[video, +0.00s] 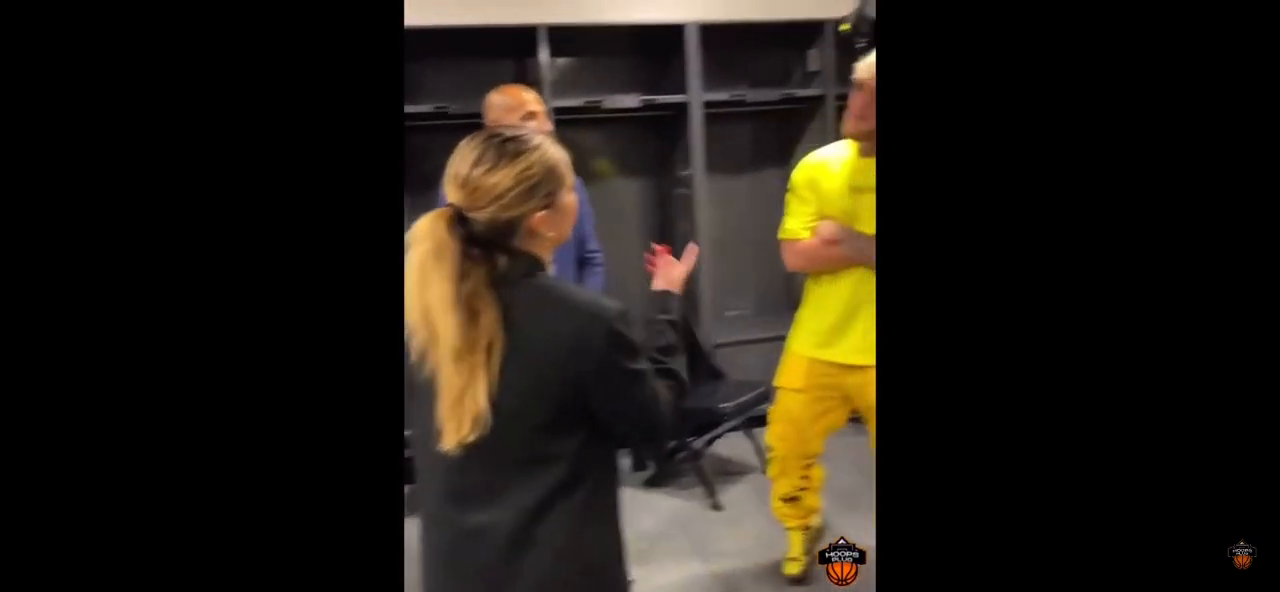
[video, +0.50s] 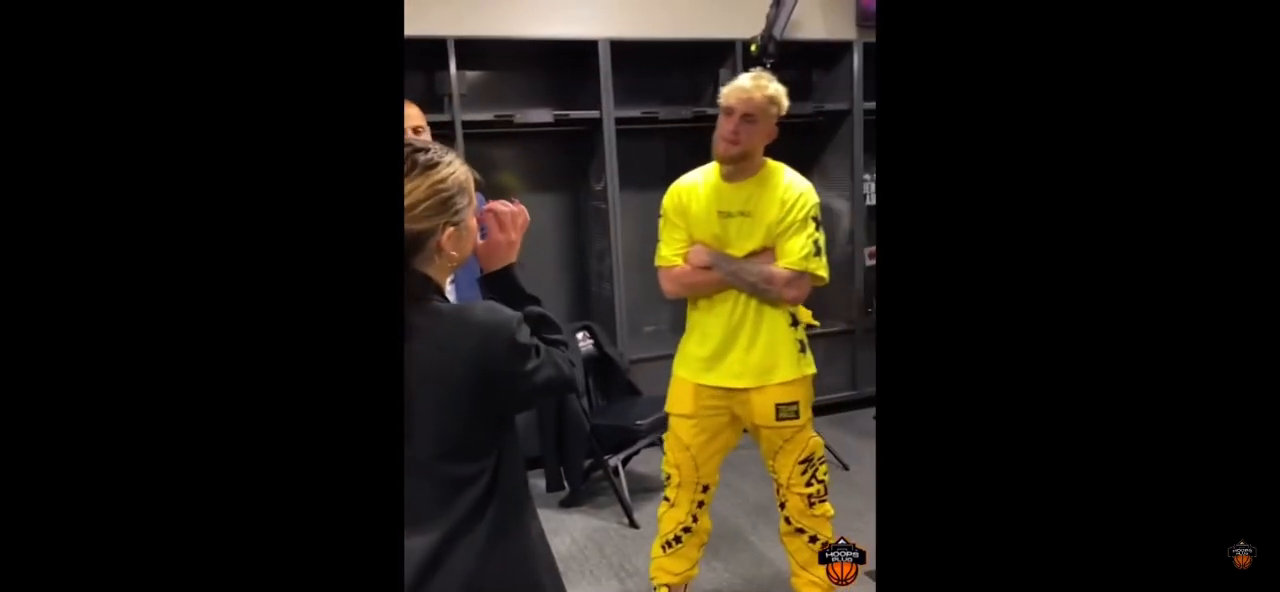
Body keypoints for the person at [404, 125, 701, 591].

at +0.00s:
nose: (578, 199)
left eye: (573, 188)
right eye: (570, 190)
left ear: (470, 212)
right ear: (540, 220)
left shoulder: (429, 308)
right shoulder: (584, 323)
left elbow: (424, 447)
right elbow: (654, 422)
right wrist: (668, 302)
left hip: (454, 569)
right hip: (559, 571)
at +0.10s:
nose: (551, 208)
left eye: (545, 195)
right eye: (543, 198)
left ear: (440, 218)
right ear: (512, 230)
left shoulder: (412, 314)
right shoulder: (558, 330)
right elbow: (628, 414)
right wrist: (629, 287)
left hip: (424, 568)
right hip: (532, 569)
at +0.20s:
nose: (528, 217)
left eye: (523, 205)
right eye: (520, 208)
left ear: (419, 221)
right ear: (492, 236)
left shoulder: (409, 317)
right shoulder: (530, 331)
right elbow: (611, 398)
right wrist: (581, 283)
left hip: (417, 568)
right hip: (515, 570)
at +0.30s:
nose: (509, 221)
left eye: (504, 209)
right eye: (501, 212)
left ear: (412, 221)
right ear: (475, 236)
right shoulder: (511, 332)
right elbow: (592, 381)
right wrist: (543, 279)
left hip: (413, 566)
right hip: (500, 569)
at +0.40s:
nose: (492, 221)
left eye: (488, 210)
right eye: (485, 212)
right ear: (461, 238)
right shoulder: (494, 332)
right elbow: (575, 374)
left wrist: (518, 280)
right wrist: (521, 277)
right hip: (489, 569)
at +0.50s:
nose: (480, 225)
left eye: (475, 213)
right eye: (472, 215)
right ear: (447, 240)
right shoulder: (481, 332)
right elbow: (561, 372)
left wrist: (501, 277)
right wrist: (505, 275)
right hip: (477, 567)